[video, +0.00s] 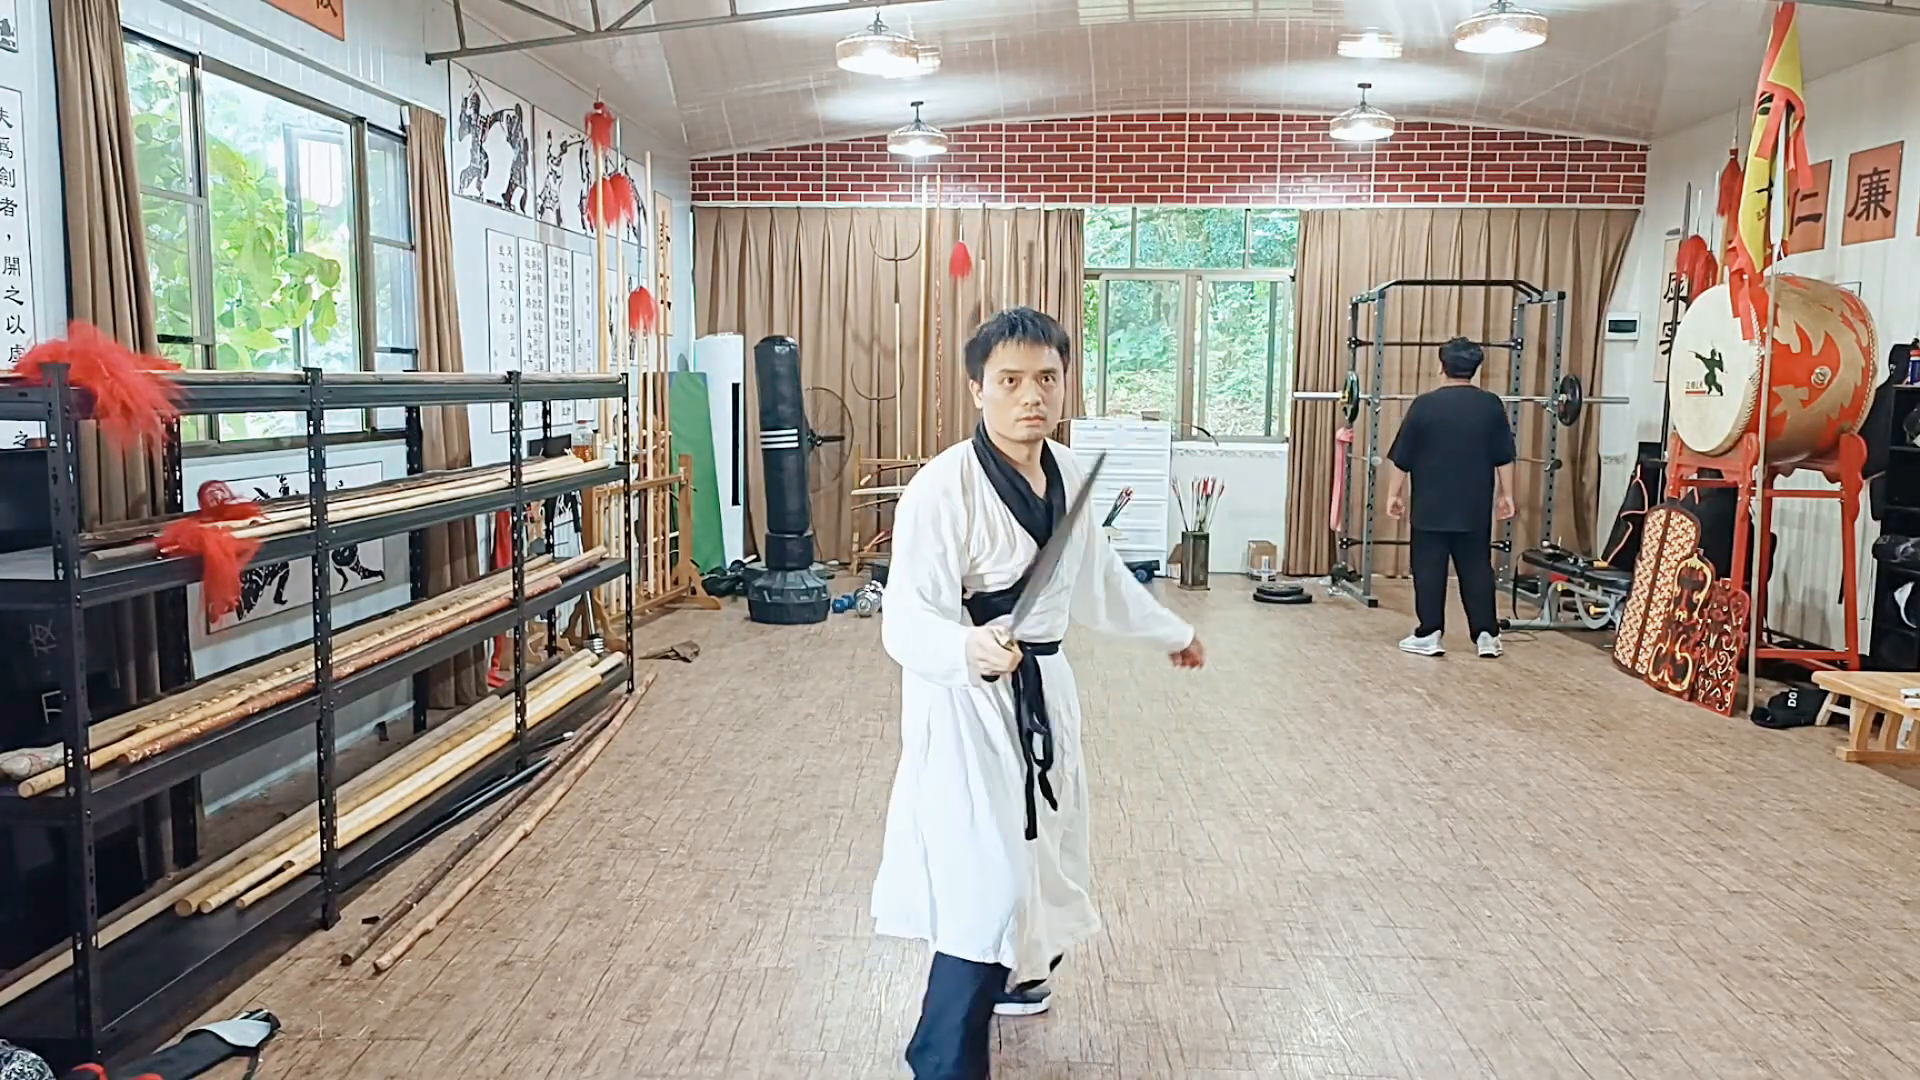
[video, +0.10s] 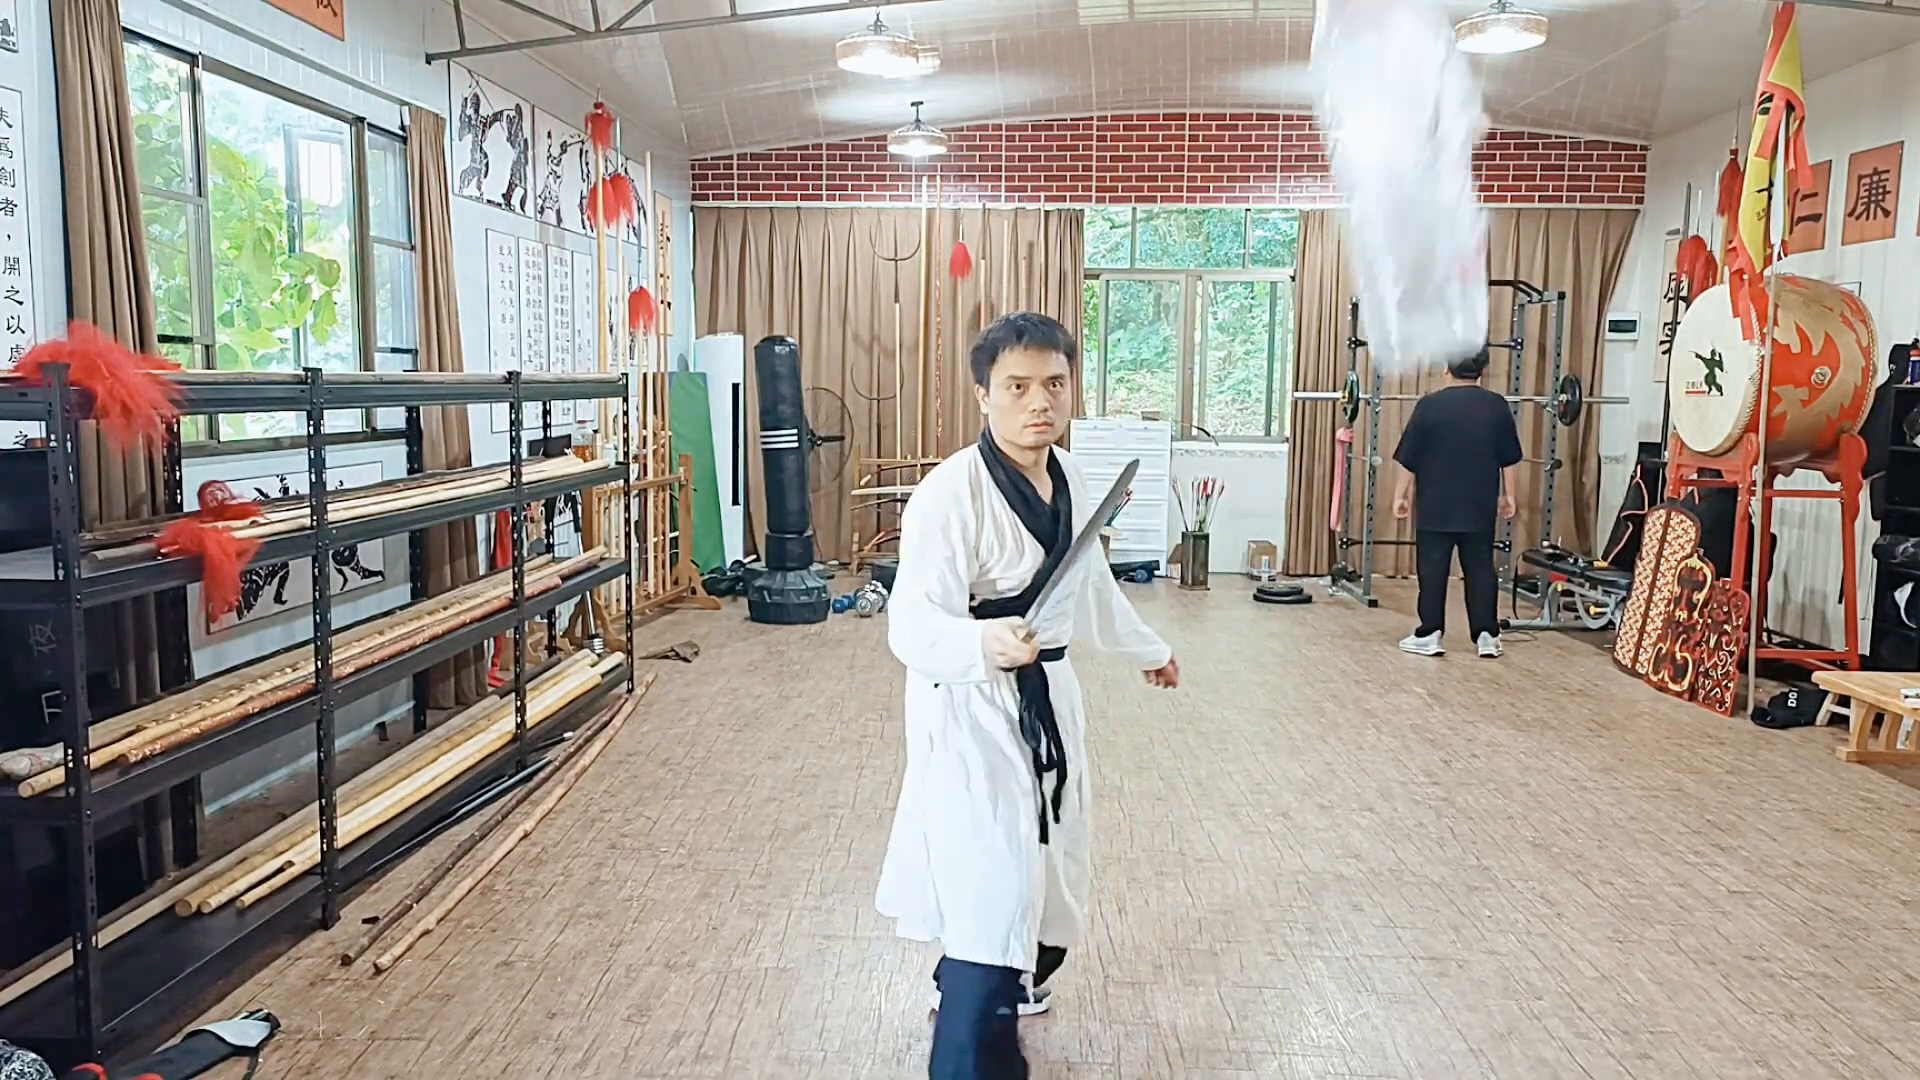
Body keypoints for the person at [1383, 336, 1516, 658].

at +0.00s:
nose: (1438, 368)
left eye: (1440, 364)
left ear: (1442, 368)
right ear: (1475, 369)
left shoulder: (1425, 404)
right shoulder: (1490, 405)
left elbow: (1402, 456)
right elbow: (1503, 456)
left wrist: (1394, 493)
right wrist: (1507, 494)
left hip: (1430, 508)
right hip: (1474, 508)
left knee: (1429, 571)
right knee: (1476, 570)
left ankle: (1429, 634)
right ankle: (1486, 635)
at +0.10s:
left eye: (1444, 367)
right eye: (1488, 369)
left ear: (1448, 370)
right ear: (1483, 372)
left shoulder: (1430, 404)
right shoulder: (1495, 404)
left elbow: (1409, 457)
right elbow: (1509, 456)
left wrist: (1400, 495)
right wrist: (1510, 493)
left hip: (1434, 506)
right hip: (1478, 507)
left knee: (1432, 572)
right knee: (1480, 570)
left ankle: (1429, 634)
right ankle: (1486, 636)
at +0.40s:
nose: (1460, 367)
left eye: (1461, 363)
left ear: (1464, 368)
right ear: (1499, 369)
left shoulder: (1446, 405)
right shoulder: (1512, 405)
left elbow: (1426, 457)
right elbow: (1521, 460)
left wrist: (1416, 492)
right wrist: (1517, 497)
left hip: (1448, 506)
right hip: (1492, 507)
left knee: (1441, 571)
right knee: (1489, 572)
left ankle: (1429, 635)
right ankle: (1487, 637)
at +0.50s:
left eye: (1469, 365)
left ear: (1470, 368)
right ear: (1505, 369)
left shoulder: (1451, 406)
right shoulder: (1518, 407)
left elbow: (1429, 458)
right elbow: (1527, 460)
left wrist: (1419, 492)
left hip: (1452, 509)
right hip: (1496, 512)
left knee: (1443, 571)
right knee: (1493, 574)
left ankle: (1430, 634)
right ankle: (1488, 637)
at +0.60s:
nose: (1471, 372)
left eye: (1472, 368)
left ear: (1474, 370)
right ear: (1510, 371)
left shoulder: (1455, 407)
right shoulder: (1523, 410)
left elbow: (1434, 460)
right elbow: (1534, 466)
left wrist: (1422, 493)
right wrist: (1528, 498)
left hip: (1456, 508)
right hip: (1503, 511)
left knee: (1441, 568)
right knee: (1495, 573)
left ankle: (1430, 629)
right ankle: (1488, 636)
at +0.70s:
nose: (1474, 369)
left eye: (1476, 365)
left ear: (1479, 370)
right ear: (1512, 371)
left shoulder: (1461, 407)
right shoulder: (1528, 408)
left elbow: (1441, 459)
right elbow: (1538, 461)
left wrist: (1429, 492)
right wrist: (1534, 498)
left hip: (1460, 502)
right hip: (1506, 507)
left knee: (1440, 560)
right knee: (1500, 570)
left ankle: (1433, 619)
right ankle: (1488, 635)